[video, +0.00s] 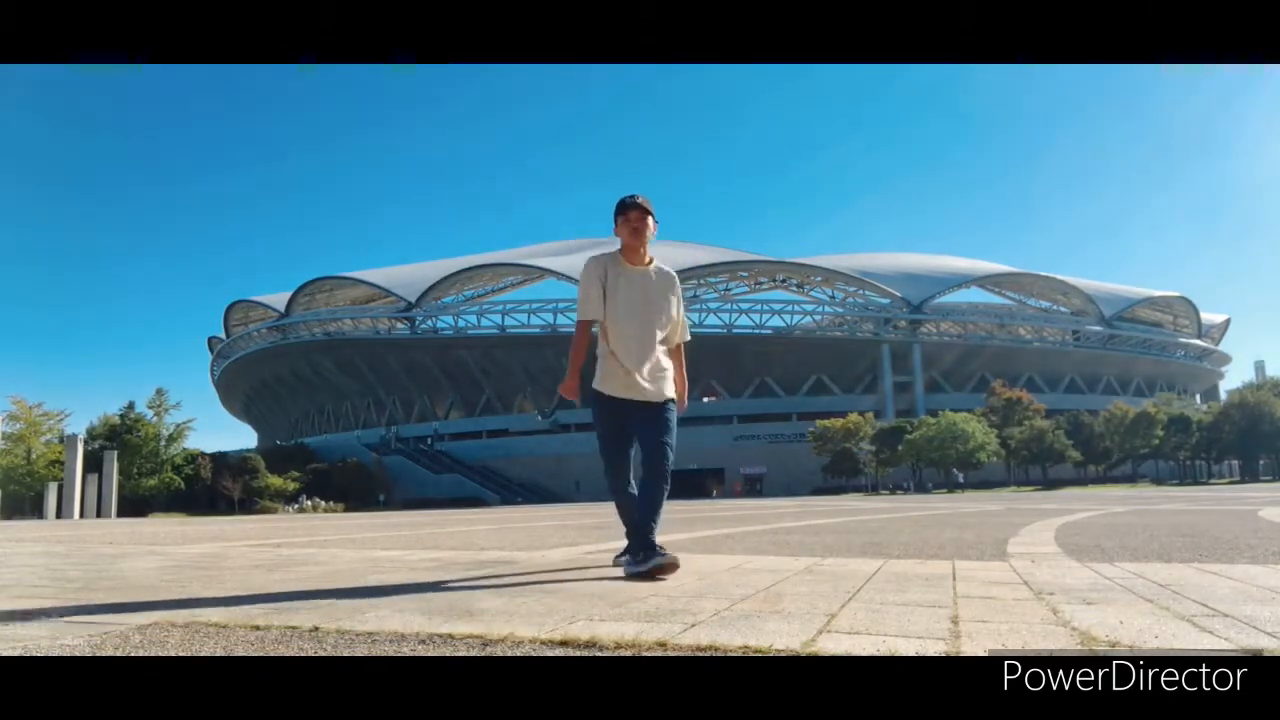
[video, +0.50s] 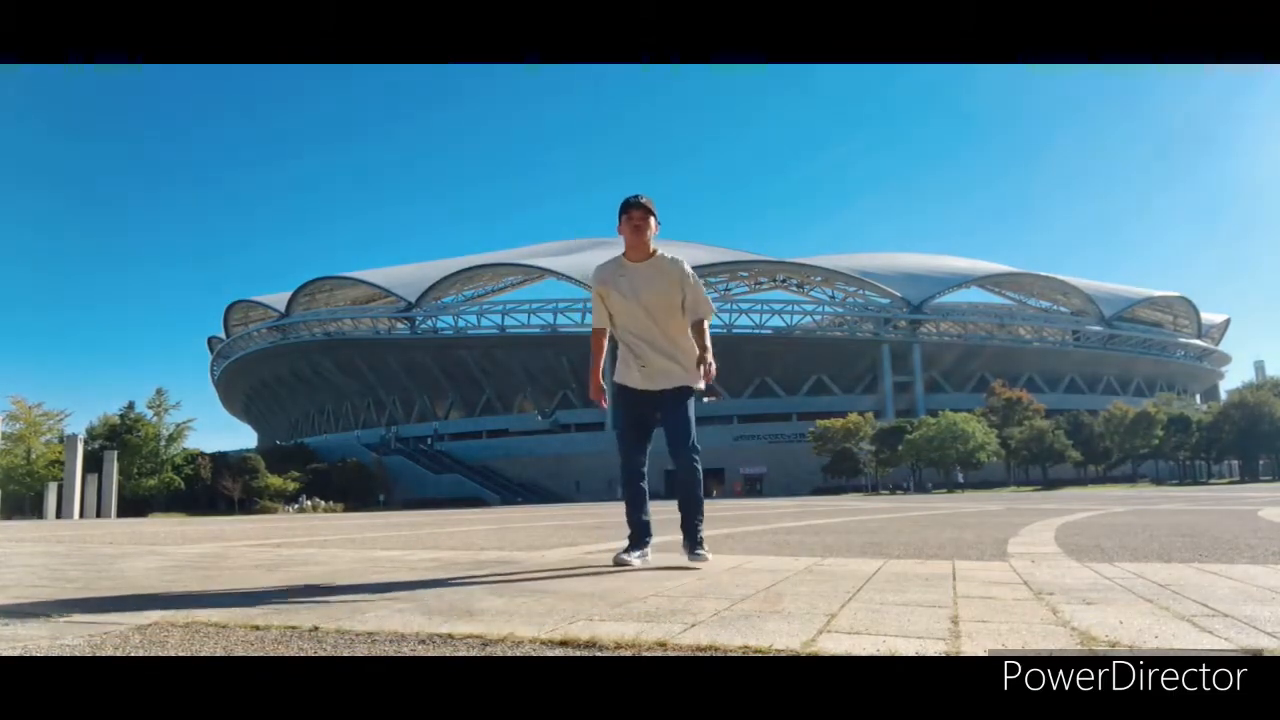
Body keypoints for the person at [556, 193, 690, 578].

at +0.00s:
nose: (637, 226)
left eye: (643, 220)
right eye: (629, 220)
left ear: (654, 227)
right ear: (616, 228)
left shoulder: (668, 279)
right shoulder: (599, 267)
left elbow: (675, 342)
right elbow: (585, 325)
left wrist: (681, 390)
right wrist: (573, 374)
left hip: (659, 390)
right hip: (612, 389)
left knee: (660, 469)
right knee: (618, 475)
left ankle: (639, 549)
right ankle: (644, 545)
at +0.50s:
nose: (637, 226)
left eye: (643, 220)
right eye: (631, 221)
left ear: (655, 226)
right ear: (620, 227)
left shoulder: (678, 270)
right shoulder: (605, 276)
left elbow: (699, 319)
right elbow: (600, 329)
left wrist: (706, 355)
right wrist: (595, 375)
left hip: (678, 380)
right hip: (629, 382)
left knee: (687, 457)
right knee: (632, 467)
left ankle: (694, 538)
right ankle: (638, 542)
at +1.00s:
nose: (677, 230)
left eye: (683, 223)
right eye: (669, 224)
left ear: (694, 228)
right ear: (656, 230)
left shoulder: (715, 270)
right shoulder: (643, 273)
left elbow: (719, 319)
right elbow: (605, 311)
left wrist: (700, 355)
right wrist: (604, 362)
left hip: (702, 378)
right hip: (661, 362)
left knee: (702, 468)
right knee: (629, 410)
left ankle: (692, 548)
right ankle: (572, 442)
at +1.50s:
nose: (678, 226)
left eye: (684, 220)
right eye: (670, 220)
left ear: (694, 225)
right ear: (657, 227)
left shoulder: (714, 270)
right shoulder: (638, 267)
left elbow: (744, 310)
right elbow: (589, 295)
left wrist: (766, 350)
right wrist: (559, 329)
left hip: (703, 363)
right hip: (659, 354)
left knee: (708, 458)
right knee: (667, 388)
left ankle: (685, 541)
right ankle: (679, 440)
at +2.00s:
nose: (641, 232)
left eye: (649, 225)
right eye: (634, 226)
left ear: (662, 230)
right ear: (623, 231)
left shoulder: (682, 271)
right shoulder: (605, 272)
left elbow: (704, 329)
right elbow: (612, 325)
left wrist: (725, 371)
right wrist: (625, 362)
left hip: (680, 391)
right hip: (627, 386)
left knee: (720, 455)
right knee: (567, 443)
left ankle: (681, 540)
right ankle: (593, 531)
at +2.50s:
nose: (604, 215)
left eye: (611, 209)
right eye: (596, 209)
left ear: (623, 219)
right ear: (584, 219)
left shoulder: (643, 269)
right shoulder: (564, 265)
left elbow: (661, 331)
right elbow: (545, 319)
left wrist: (680, 380)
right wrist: (535, 369)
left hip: (636, 392)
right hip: (580, 389)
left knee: (673, 463)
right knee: (532, 457)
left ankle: (644, 545)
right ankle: (561, 541)